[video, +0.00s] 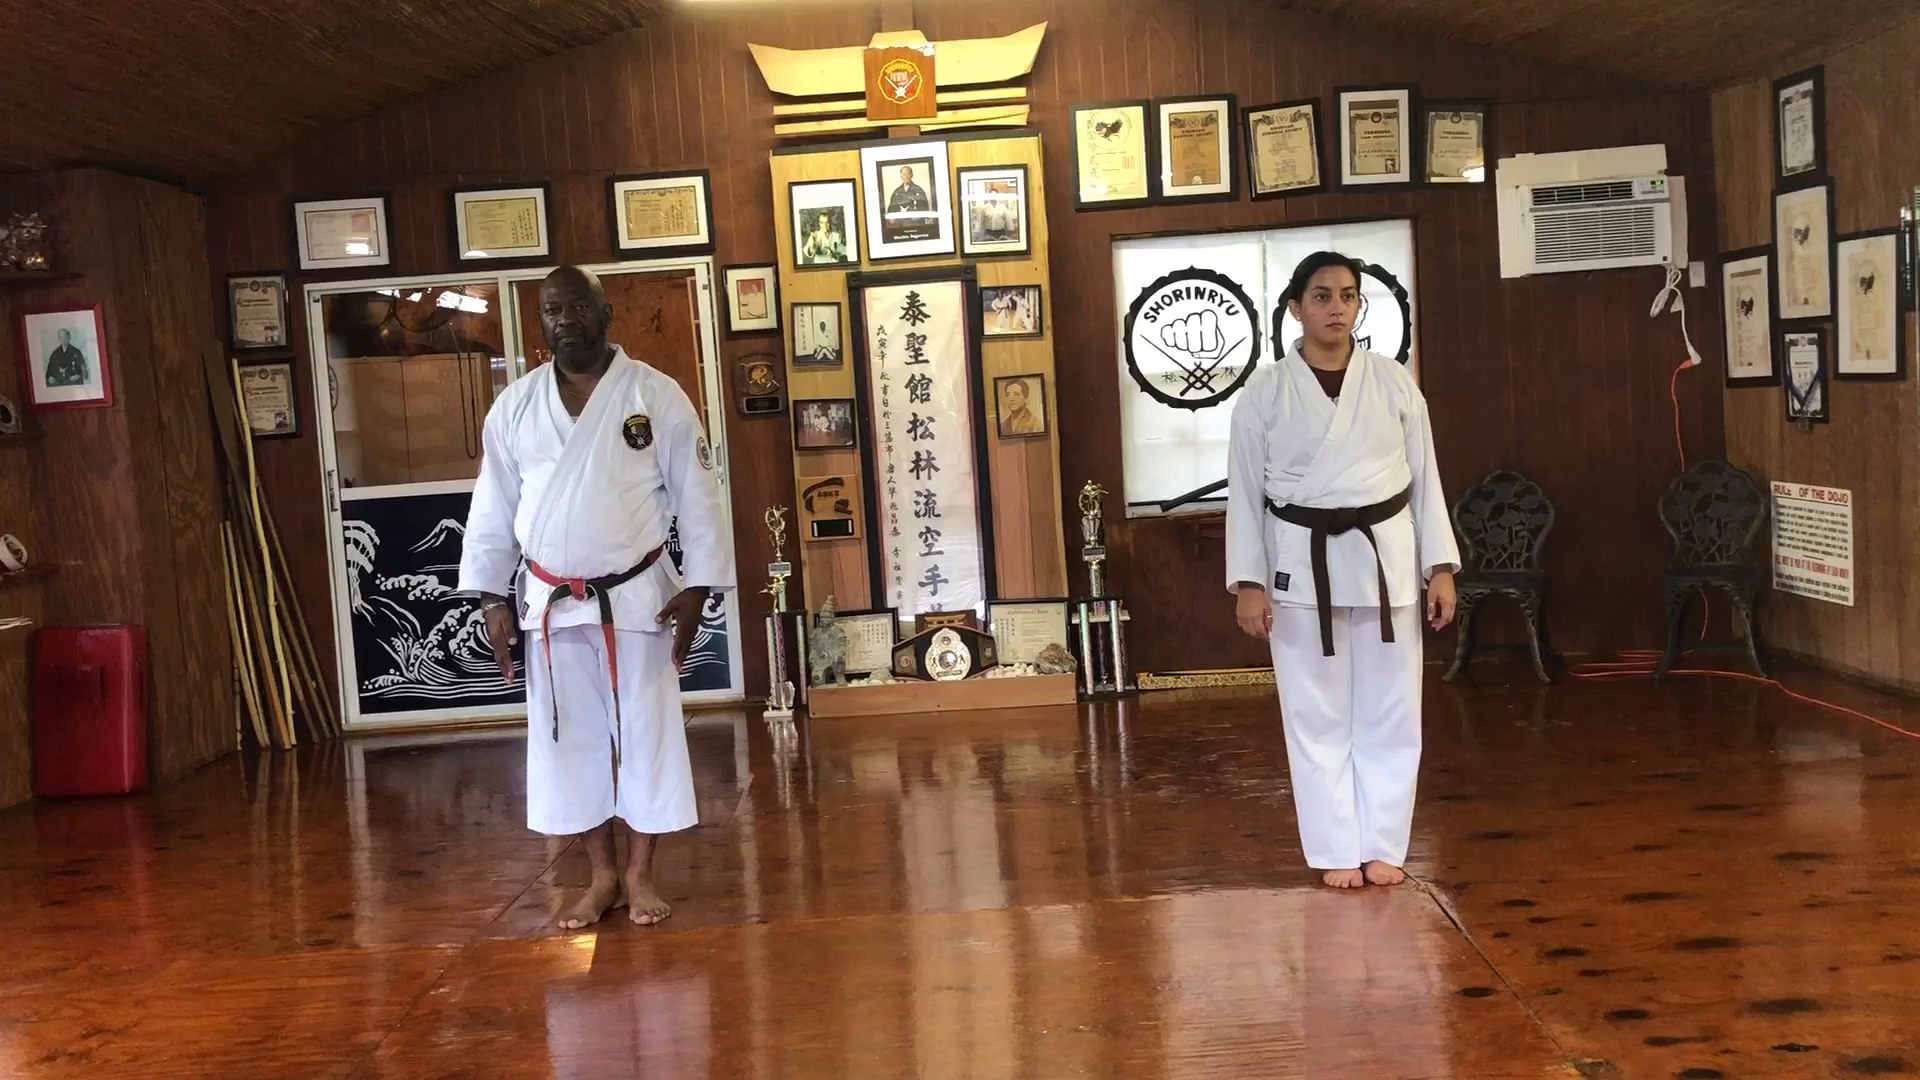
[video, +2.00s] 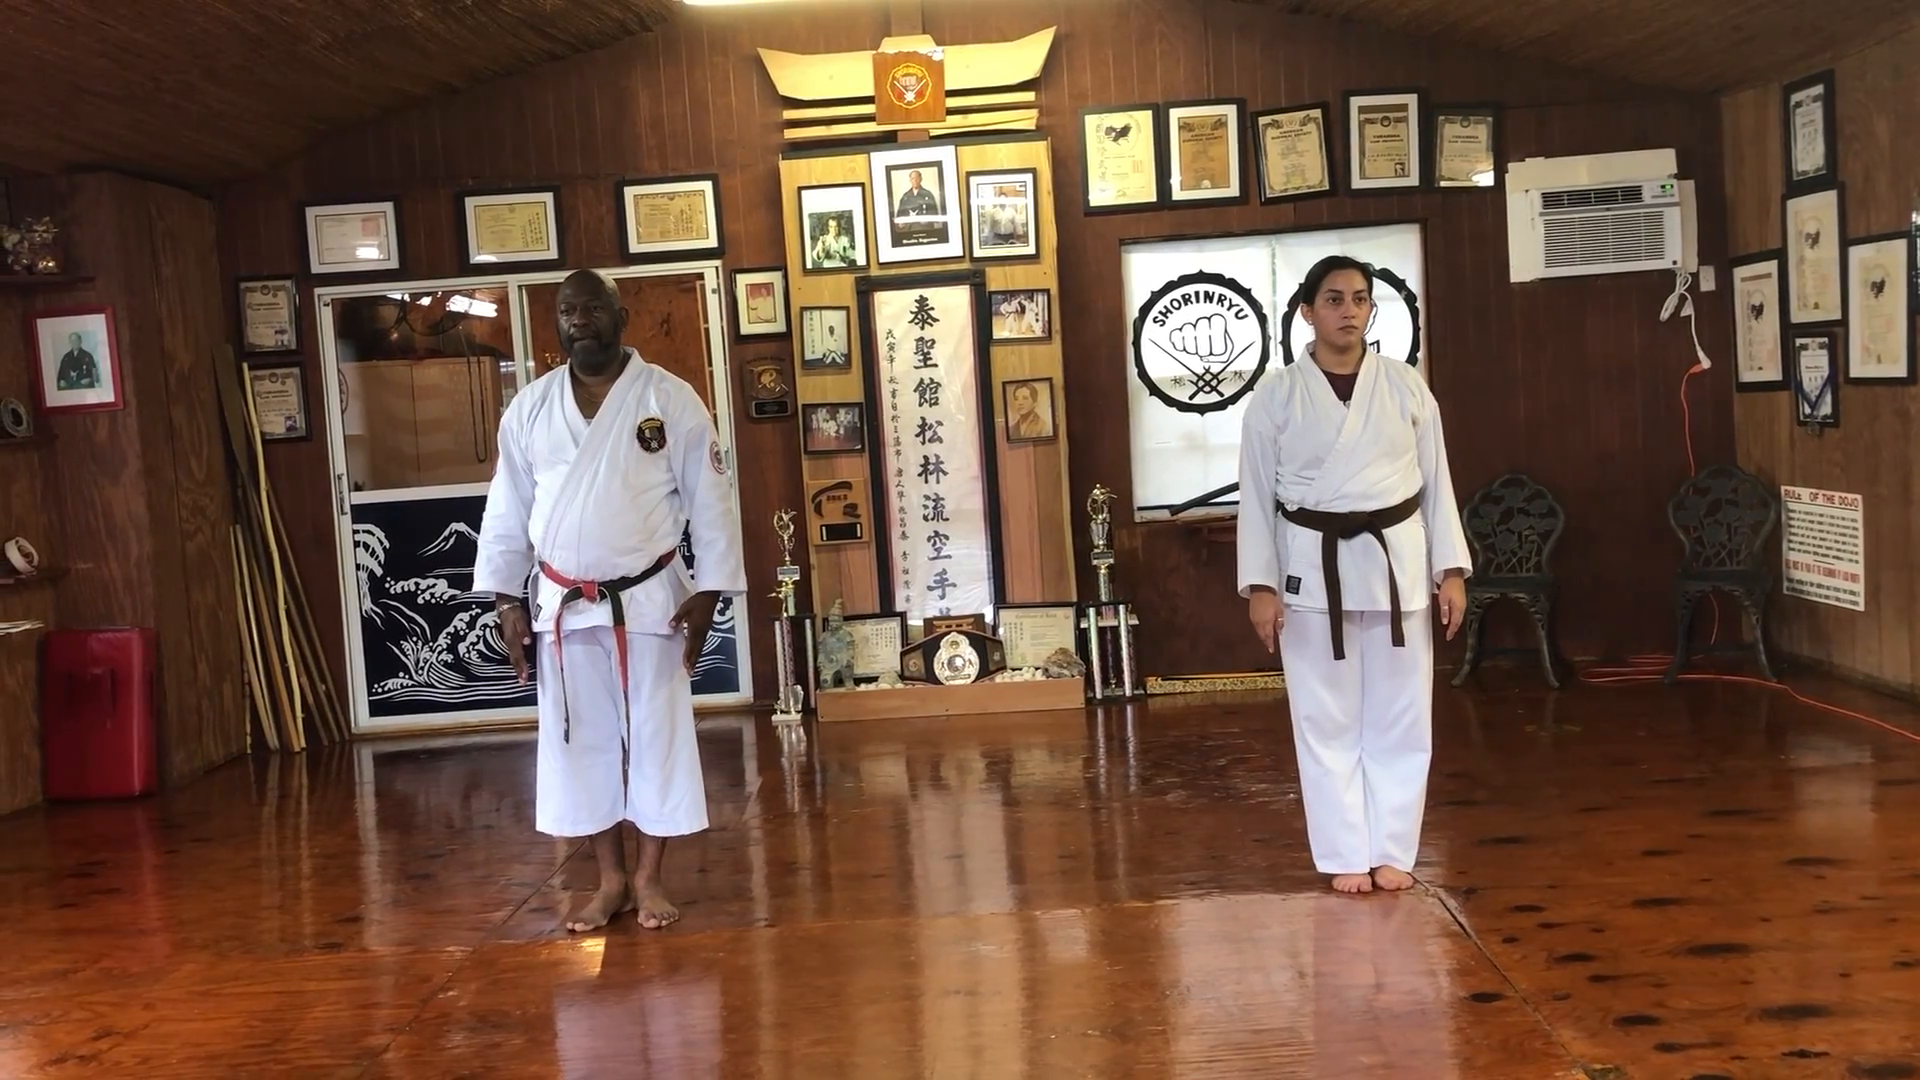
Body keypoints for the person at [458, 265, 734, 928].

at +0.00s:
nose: (565, 320)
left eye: (576, 308)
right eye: (553, 312)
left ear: (606, 314)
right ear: (539, 326)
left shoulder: (655, 395)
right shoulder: (513, 407)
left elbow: (697, 495)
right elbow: (493, 508)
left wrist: (699, 588)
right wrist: (492, 600)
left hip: (636, 589)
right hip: (550, 596)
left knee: (642, 730)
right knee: (572, 731)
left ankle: (638, 875)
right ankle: (601, 875)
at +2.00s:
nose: (581, 322)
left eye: (593, 310)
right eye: (570, 313)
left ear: (622, 318)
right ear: (556, 327)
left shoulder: (669, 398)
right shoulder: (528, 409)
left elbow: (711, 498)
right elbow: (508, 509)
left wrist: (711, 591)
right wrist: (506, 601)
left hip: (649, 592)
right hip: (563, 598)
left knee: (653, 735)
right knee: (583, 736)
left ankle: (647, 879)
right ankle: (610, 880)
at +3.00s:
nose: (590, 322)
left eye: (602, 311)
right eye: (579, 314)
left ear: (632, 318)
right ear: (566, 327)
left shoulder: (680, 400)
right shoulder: (538, 410)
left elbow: (719, 501)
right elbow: (518, 509)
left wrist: (717, 593)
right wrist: (516, 601)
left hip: (657, 593)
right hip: (572, 598)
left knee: (661, 736)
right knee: (588, 736)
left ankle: (652, 878)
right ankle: (616, 879)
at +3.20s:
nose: (584, 327)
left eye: (596, 315)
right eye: (573, 318)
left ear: (627, 319)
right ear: (561, 330)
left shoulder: (678, 400)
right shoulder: (535, 409)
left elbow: (718, 503)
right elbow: (517, 510)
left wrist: (712, 596)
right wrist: (521, 603)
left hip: (658, 594)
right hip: (572, 599)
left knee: (660, 737)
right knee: (589, 737)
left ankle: (651, 879)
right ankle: (614, 879)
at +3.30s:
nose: (579, 337)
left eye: (590, 323)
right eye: (567, 326)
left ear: (620, 323)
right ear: (555, 333)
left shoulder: (675, 402)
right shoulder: (531, 412)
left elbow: (716, 503)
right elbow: (516, 512)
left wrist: (709, 595)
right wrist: (522, 604)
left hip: (659, 595)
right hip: (573, 602)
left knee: (661, 737)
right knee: (591, 739)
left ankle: (651, 880)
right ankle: (614, 882)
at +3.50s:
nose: (560, 392)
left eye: (572, 379)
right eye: (550, 380)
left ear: (605, 367)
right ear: (540, 376)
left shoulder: (666, 420)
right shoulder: (522, 430)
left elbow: (716, 510)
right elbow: (514, 528)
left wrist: (707, 600)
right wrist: (532, 616)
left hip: (662, 608)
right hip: (577, 614)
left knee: (665, 745)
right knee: (592, 746)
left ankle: (651, 882)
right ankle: (613, 884)